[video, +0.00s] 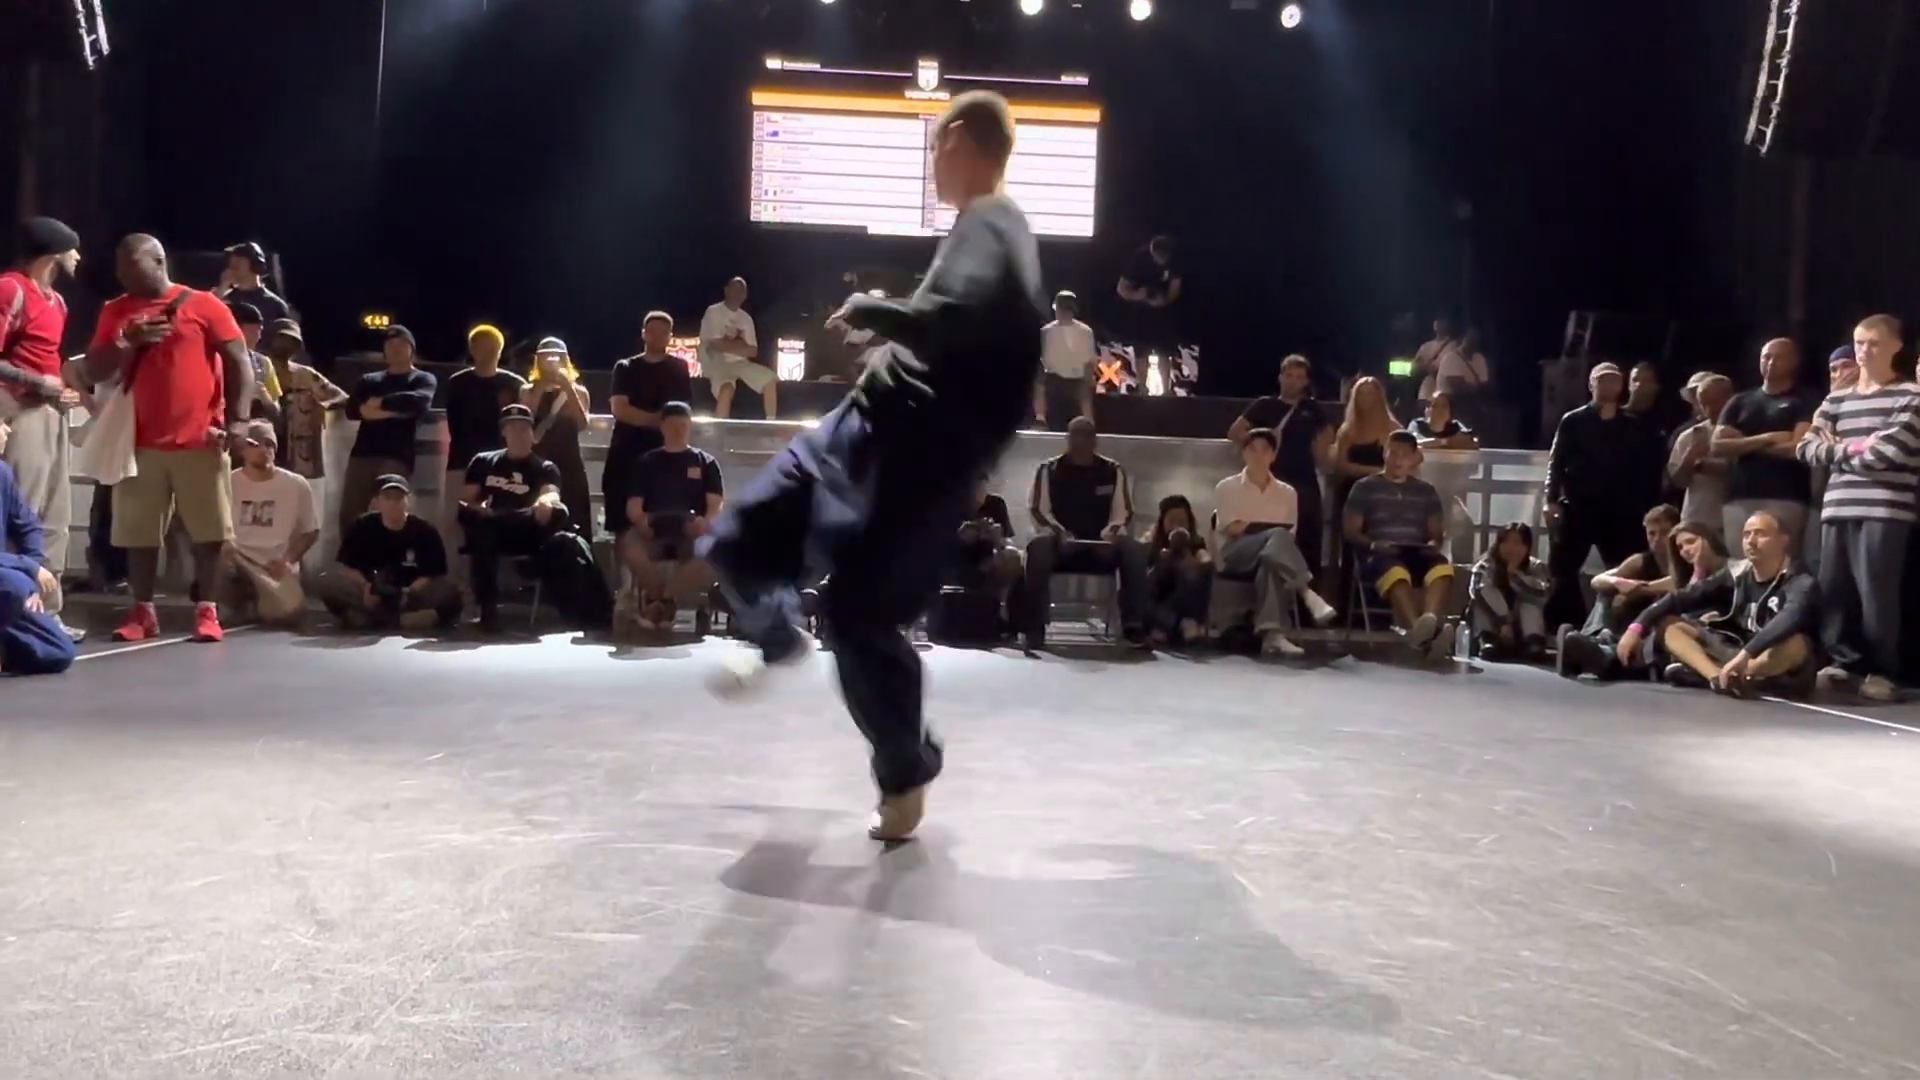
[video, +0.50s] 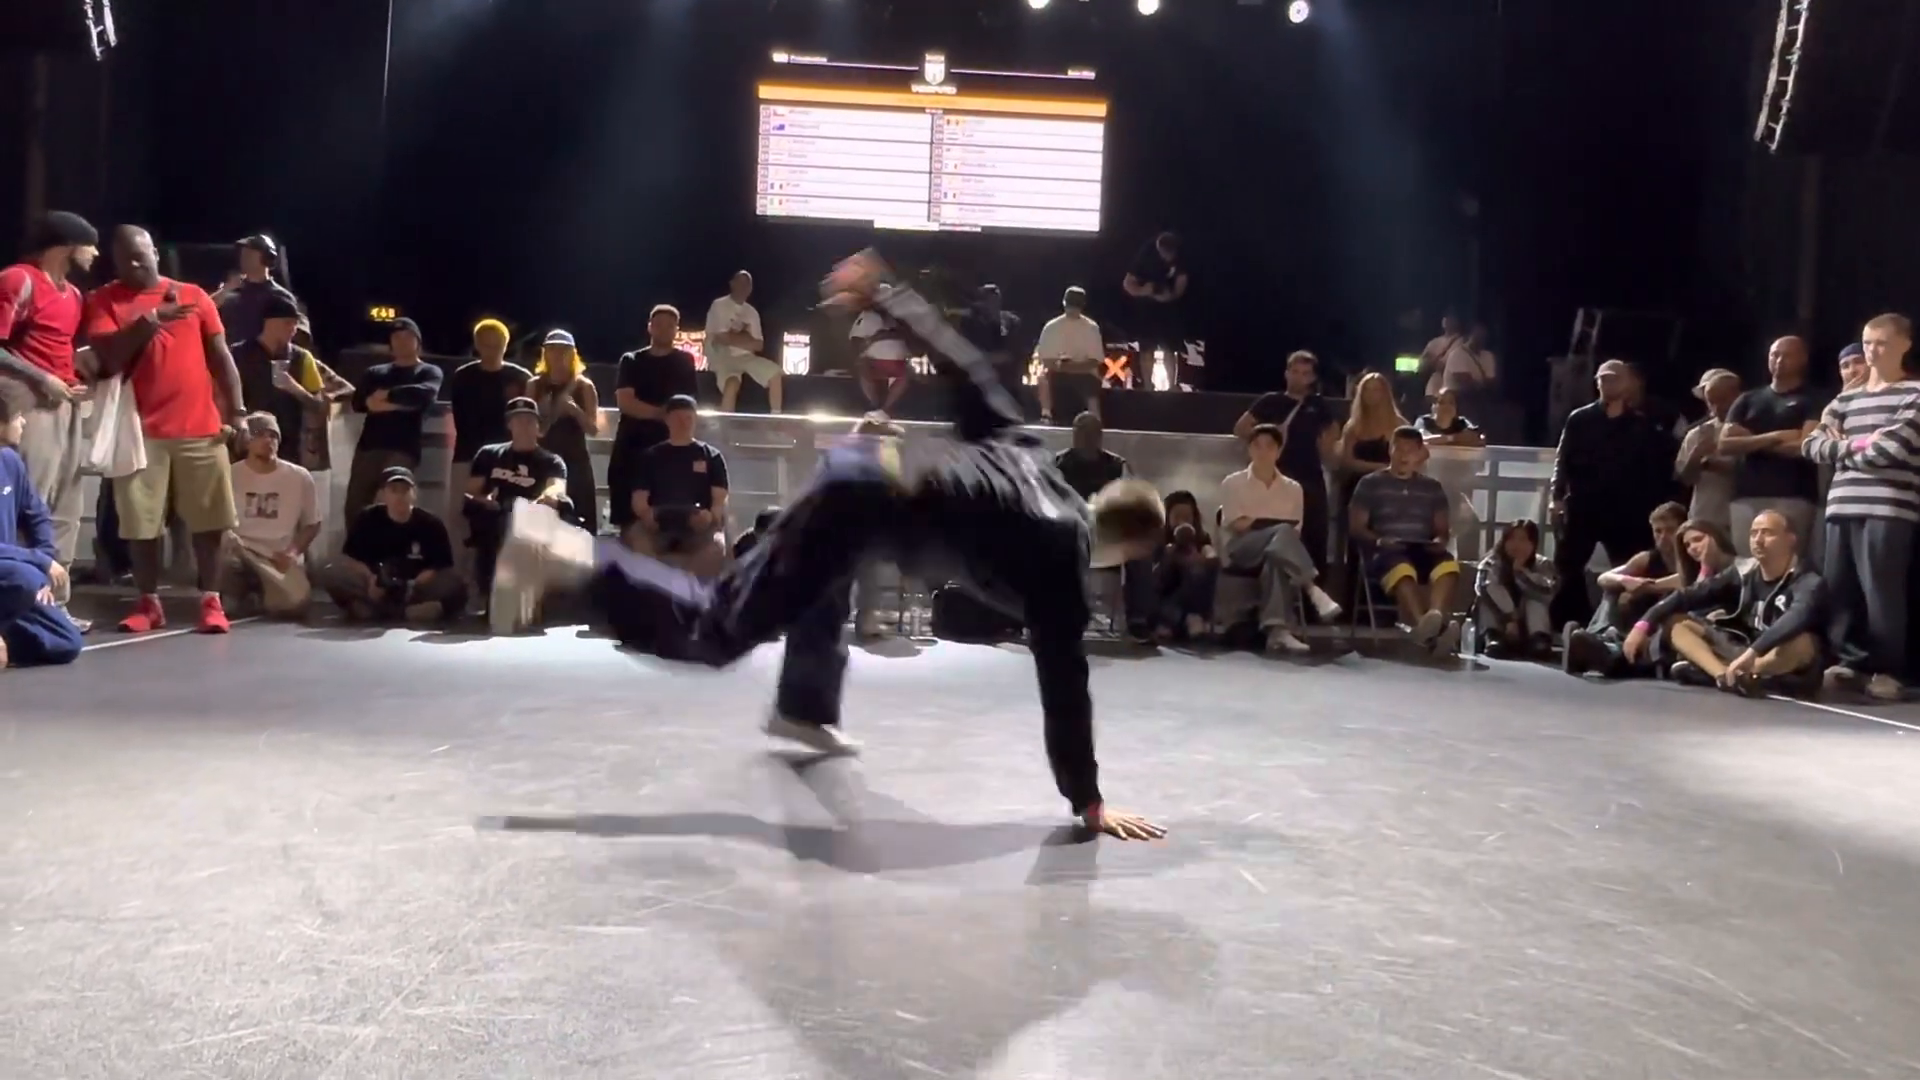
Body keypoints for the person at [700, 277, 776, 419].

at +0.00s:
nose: (738, 294)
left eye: (741, 291)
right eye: (734, 290)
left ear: (745, 295)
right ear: (726, 291)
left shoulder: (746, 318)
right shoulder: (713, 312)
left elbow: (752, 351)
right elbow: (713, 344)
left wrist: (724, 345)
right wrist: (739, 342)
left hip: (740, 362)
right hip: (717, 361)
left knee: (770, 381)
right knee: (727, 389)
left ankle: (771, 425)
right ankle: (719, 431)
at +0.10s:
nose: (739, 293)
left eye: (742, 289)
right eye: (736, 288)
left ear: (746, 293)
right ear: (728, 289)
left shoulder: (747, 316)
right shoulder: (714, 310)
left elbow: (754, 349)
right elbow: (714, 342)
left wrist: (725, 343)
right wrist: (741, 340)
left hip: (741, 360)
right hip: (718, 359)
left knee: (770, 379)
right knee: (727, 387)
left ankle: (772, 423)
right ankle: (720, 428)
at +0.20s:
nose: (740, 290)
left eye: (744, 287)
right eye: (737, 286)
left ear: (748, 292)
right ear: (728, 288)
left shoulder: (748, 315)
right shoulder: (715, 308)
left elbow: (755, 348)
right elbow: (715, 341)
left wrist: (726, 342)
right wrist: (743, 339)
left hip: (743, 358)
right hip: (720, 357)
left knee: (772, 377)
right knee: (729, 385)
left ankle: (773, 422)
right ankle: (722, 427)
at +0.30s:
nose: (743, 290)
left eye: (746, 286)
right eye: (739, 285)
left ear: (749, 290)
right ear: (730, 286)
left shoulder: (750, 314)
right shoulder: (717, 307)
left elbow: (756, 347)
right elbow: (718, 339)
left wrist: (728, 341)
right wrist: (744, 337)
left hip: (744, 357)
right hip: (721, 356)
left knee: (773, 376)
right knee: (730, 385)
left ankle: (775, 421)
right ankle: (722, 427)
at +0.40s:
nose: (743, 289)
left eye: (746, 285)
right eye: (739, 285)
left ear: (750, 289)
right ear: (731, 286)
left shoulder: (750, 313)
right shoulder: (718, 306)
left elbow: (757, 345)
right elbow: (717, 339)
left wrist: (729, 340)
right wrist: (744, 336)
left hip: (745, 356)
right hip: (722, 355)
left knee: (774, 375)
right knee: (731, 383)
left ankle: (776, 420)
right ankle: (724, 425)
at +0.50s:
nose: (744, 287)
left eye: (747, 284)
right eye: (740, 283)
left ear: (751, 288)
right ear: (732, 284)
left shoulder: (752, 312)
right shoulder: (718, 305)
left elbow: (758, 345)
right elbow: (718, 338)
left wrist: (730, 338)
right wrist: (745, 336)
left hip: (746, 356)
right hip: (723, 355)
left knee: (775, 374)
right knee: (732, 383)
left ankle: (776, 419)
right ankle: (725, 425)